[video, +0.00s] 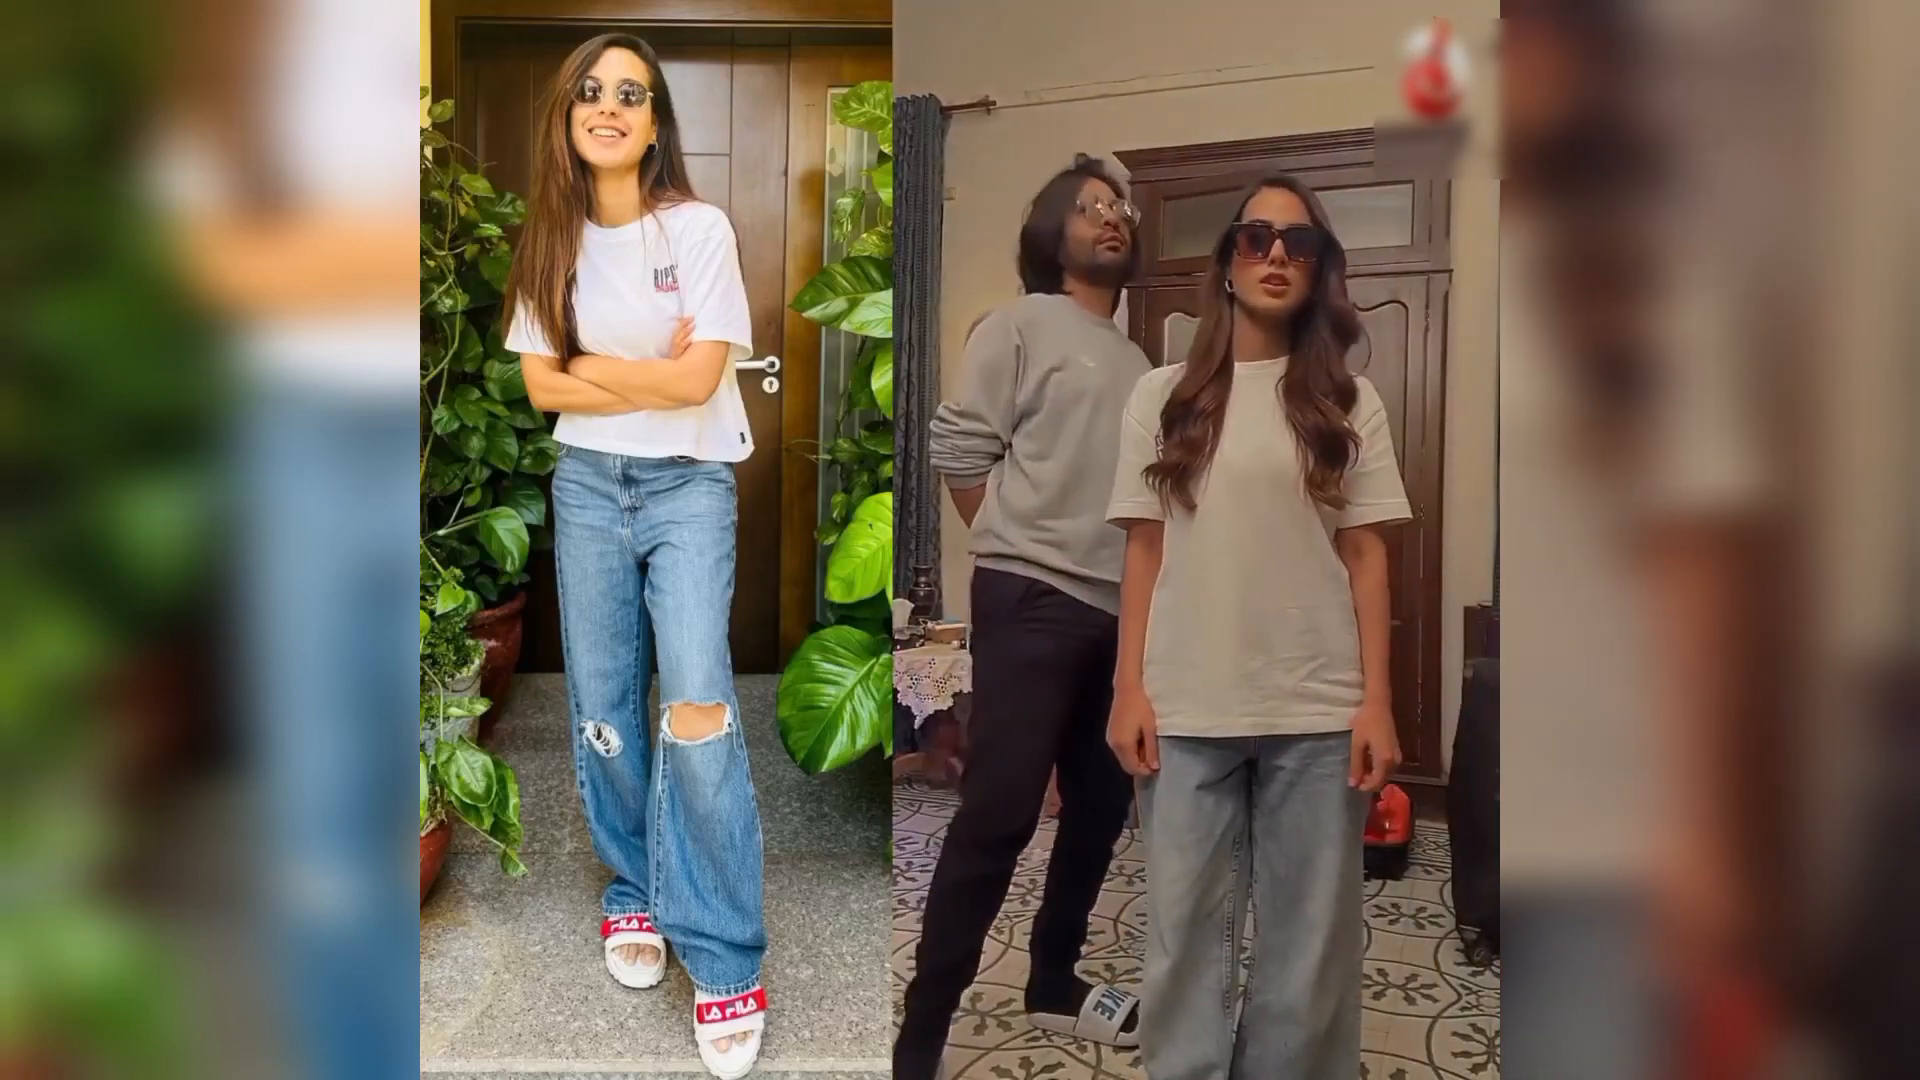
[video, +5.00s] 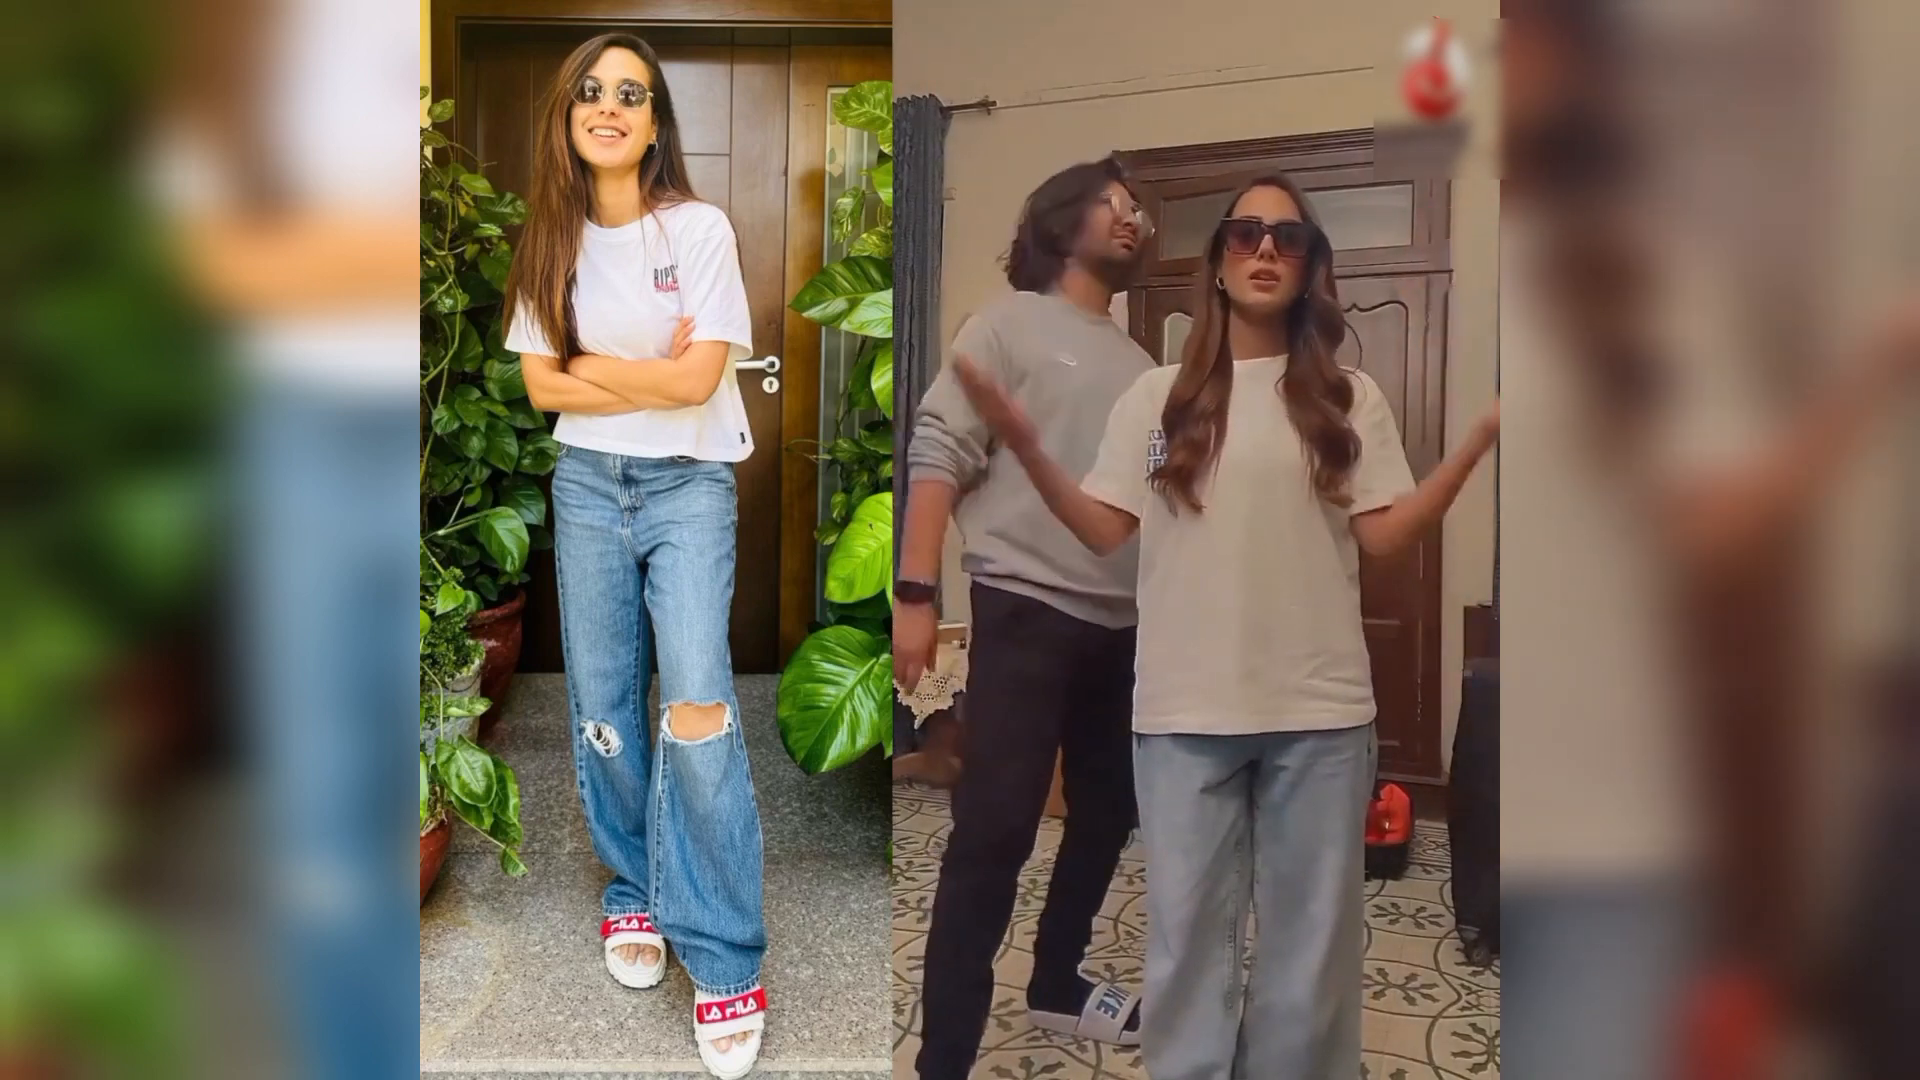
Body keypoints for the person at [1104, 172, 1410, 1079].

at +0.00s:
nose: (1276, 253)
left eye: (1298, 241)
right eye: (1257, 238)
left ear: (1323, 269)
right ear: (1227, 264)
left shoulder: (1350, 397)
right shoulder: (1166, 392)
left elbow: (1365, 554)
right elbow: (1144, 549)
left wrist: (1376, 701)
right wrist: (1129, 686)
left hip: (1319, 715)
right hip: (1186, 712)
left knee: (1310, 954)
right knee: (1178, 942)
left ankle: (1286, 1073)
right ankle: (1183, 1068)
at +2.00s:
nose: (1278, 249)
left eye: (1299, 238)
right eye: (1258, 235)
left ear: (1321, 268)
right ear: (1227, 263)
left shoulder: (1358, 397)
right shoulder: (1174, 395)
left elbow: (1374, 554)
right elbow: (1150, 550)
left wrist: (1378, 700)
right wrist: (1136, 685)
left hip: (1325, 717)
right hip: (1193, 715)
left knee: (1313, 957)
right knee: (1184, 945)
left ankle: (1289, 1073)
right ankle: (1186, 1070)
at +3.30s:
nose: (1278, 249)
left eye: (1300, 240)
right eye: (1260, 235)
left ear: (1323, 271)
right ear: (1228, 261)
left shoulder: (1346, 395)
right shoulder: (1164, 390)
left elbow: (1366, 552)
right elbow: (1143, 544)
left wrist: (1386, 682)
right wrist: (1121, 671)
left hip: (1322, 714)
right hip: (1185, 712)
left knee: (1309, 954)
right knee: (1181, 944)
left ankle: (1290, 1073)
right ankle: (1186, 1068)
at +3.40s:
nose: (1274, 247)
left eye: (1295, 236)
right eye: (1255, 233)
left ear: (1320, 265)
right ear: (1225, 260)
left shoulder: (1351, 393)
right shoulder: (1168, 390)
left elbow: (1354, 542)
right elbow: (1164, 540)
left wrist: (1421, 535)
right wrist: (1103, 552)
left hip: (1320, 707)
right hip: (1185, 705)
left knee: (1310, 951)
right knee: (1183, 943)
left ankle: (1293, 1071)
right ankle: (1184, 1067)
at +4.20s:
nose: (1265, 247)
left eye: (1285, 236)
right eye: (1246, 233)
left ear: (1311, 265)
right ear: (1216, 262)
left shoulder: (1346, 396)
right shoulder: (1161, 394)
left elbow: (1353, 544)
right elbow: (1153, 541)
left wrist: (1426, 550)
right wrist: (1070, 544)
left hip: (1317, 708)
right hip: (1180, 707)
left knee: (1308, 949)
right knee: (1183, 942)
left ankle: (1294, 1072)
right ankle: (1185, 1068)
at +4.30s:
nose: (1264, 245)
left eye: (1285, 234)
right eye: (1246, 232)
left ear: (1311, 265)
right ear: (1216, 263)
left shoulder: (1344, 392)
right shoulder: (1163, 390)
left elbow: (1394, 540)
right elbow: (1115, 532)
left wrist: (1431, 407)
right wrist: (1066, 402)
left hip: (1317, 706)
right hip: (1181, 704)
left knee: (1309, 953)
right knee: (1182, 945)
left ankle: (1294, 1072)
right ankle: (1184, 1067)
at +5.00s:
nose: (1266, 248)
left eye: (1286, 236)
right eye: (1247, 234)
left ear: (1311, 263)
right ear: (1217, 258)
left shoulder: (1347, 392)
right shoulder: (1159, 391)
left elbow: (1384, 537)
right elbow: (1105, 531)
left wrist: (1471, 451)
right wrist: (1026, 446)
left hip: (1320, 707)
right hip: (1184, 708)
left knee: (1315, 944)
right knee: (1185, 938)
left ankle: (1294, 1075)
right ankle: (1186, 1069)